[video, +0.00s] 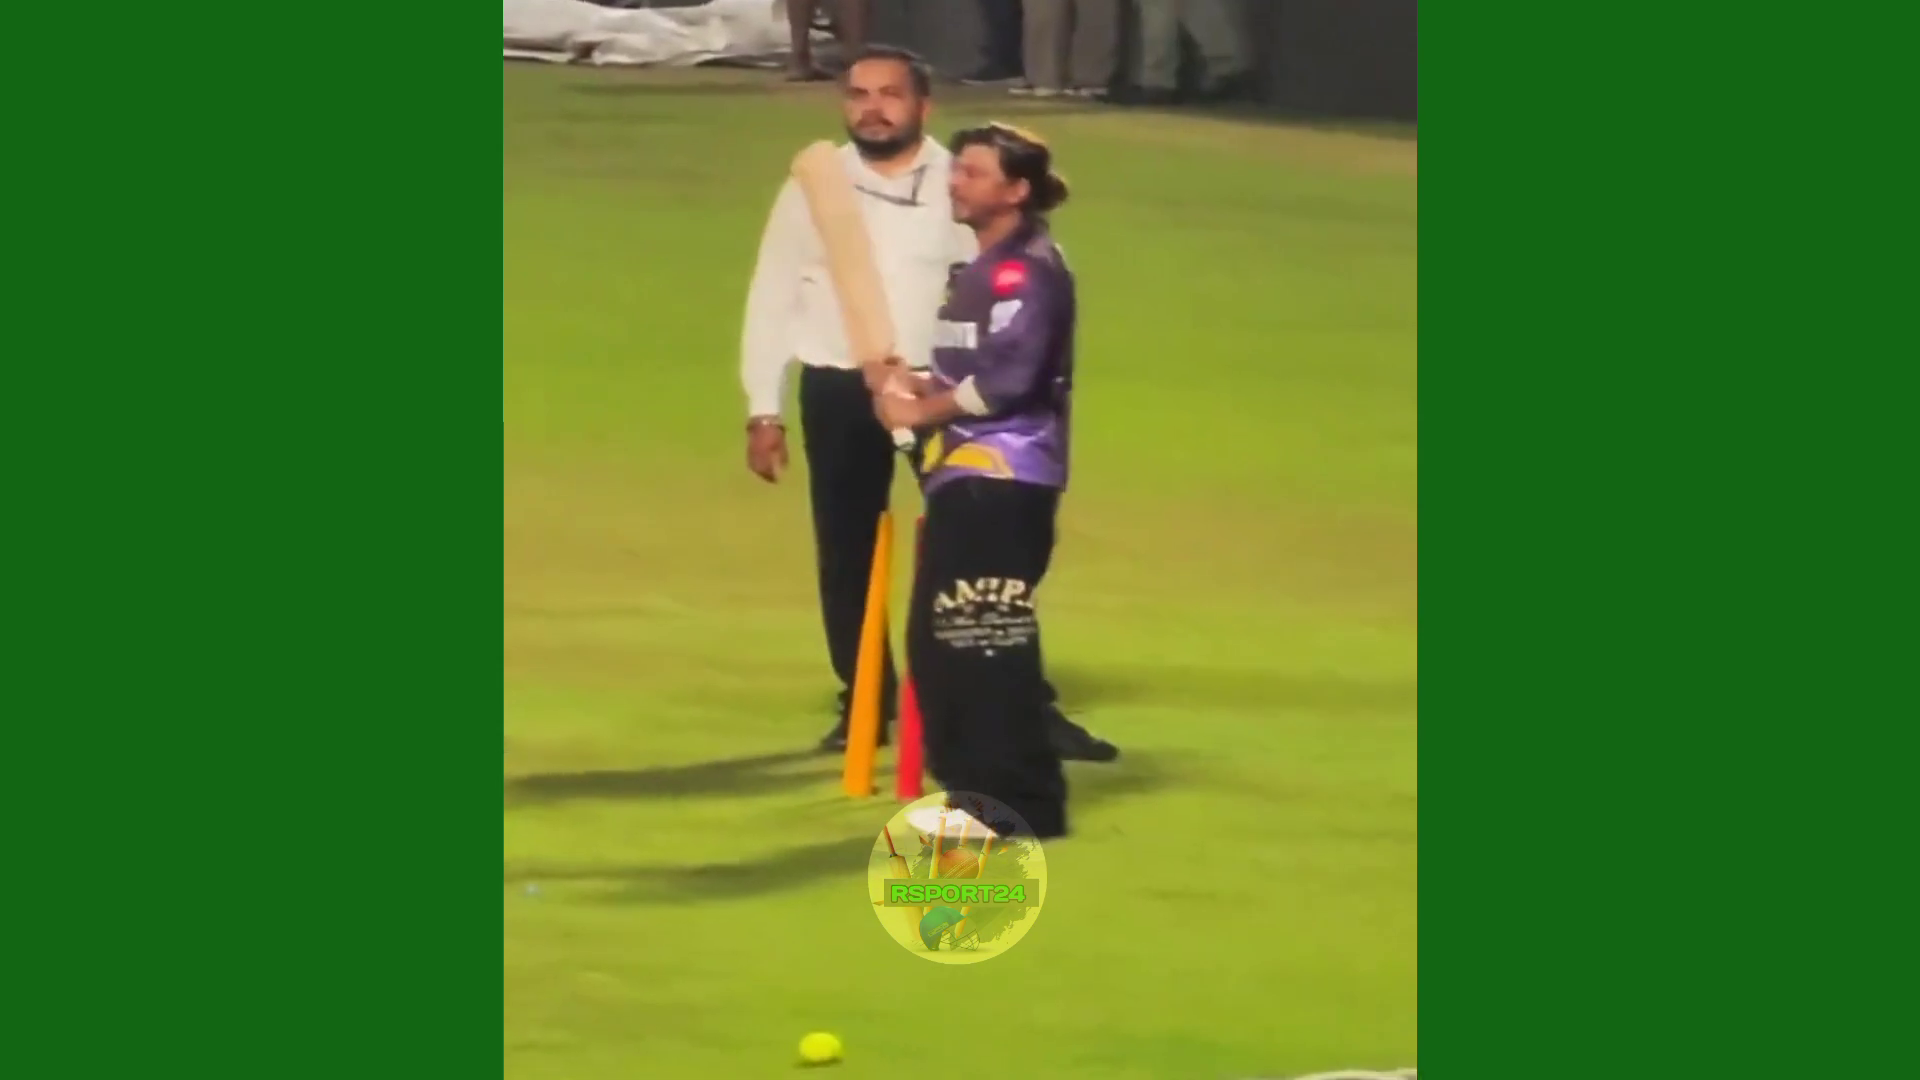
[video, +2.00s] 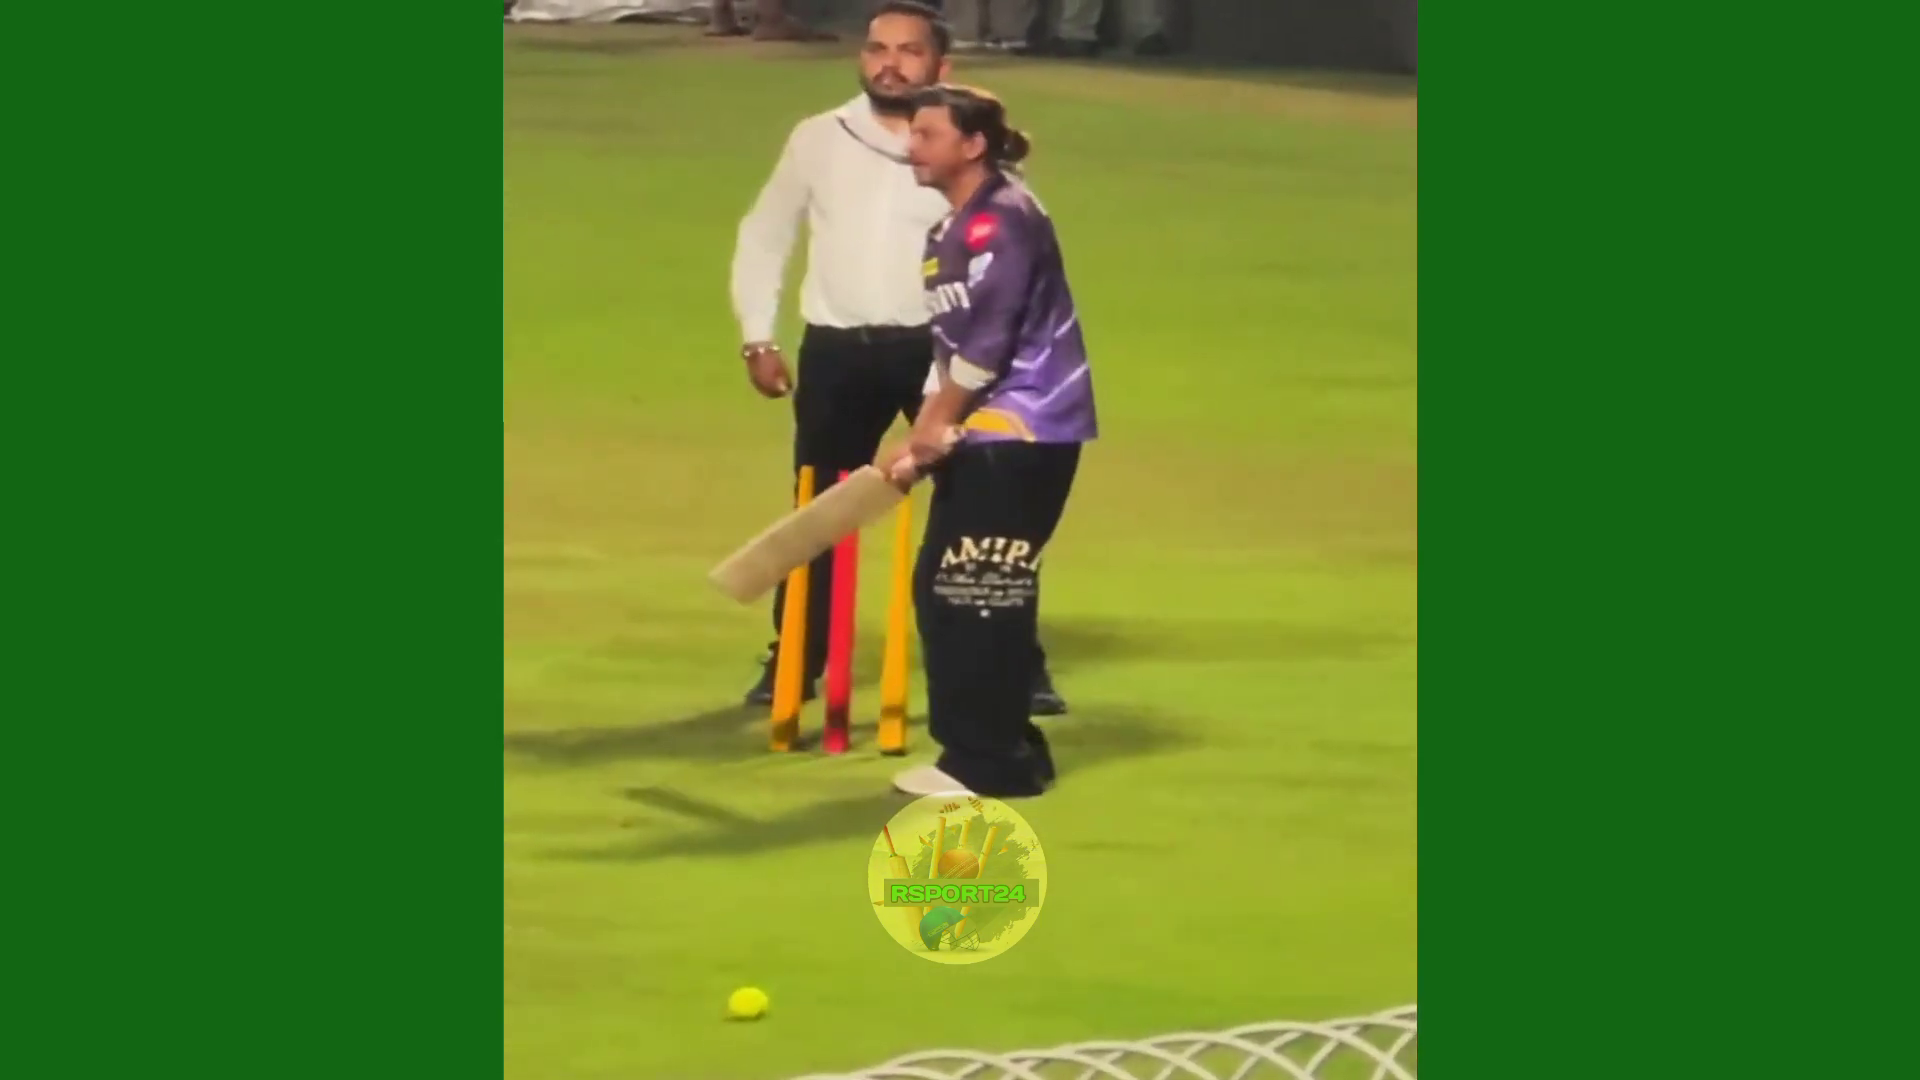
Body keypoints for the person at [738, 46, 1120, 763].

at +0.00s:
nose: (871, 109)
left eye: (888, 95)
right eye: (859, 95)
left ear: (922, 105)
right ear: (845, 103)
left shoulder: (958, 182)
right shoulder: (817, 181)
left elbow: (999, 299)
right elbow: (772, 295)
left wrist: (957, 392)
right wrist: (762, 409)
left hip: (939, 387)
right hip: (843, 388)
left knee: (982, 551)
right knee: (846, 554)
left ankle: (1029, 706)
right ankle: (863, 703)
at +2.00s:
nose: (888, 63)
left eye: (906, 51)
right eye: (877, 49)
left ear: (938, 64)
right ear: (861, 56)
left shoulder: (960, 143)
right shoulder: (818, 139)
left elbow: (1000, 260)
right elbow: (764, 235)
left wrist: (975, 372)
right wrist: (758, 336)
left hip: (936, 352)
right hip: (837, 352)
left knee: (981, 519)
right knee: (819, 521)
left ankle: (1021, 669)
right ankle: (794, 666)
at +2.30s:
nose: (878, 69)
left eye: (896, 56)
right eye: (866, 54)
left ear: (928, 66)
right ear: (851, 61)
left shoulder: (957, 143)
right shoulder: (810, 142)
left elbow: (1005, 251)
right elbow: (742, 220)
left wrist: (977, 347)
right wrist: (764, 317)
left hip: (934, 356)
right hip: (832, 356)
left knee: (977, 520)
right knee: (812, 521)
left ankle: (1017, 673)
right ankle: (789, 667)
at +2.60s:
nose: (866, 89)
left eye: (884, 76)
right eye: (854, 75)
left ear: (916, 86)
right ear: (839, 81)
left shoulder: (943, 164)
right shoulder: (798, 160)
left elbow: (993, 271)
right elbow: (740, 233)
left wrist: (967, 368)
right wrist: (772, 325)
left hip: (921, 375)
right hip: (822, 374)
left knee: (966, 540)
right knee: (802, 539)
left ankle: (1006, 692)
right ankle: (782, 685)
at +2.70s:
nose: (870, 94)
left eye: (888, 81)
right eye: (858, 81)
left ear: (919, 91)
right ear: (842, 88)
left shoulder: (946, 168)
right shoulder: (802, 165)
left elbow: (998, 267)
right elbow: (749, 240)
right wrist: (786, 325)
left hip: (924, 377)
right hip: (827, 378)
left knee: (972, 549)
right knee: (807, 544)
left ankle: (1012, 698)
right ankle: (785, 693)